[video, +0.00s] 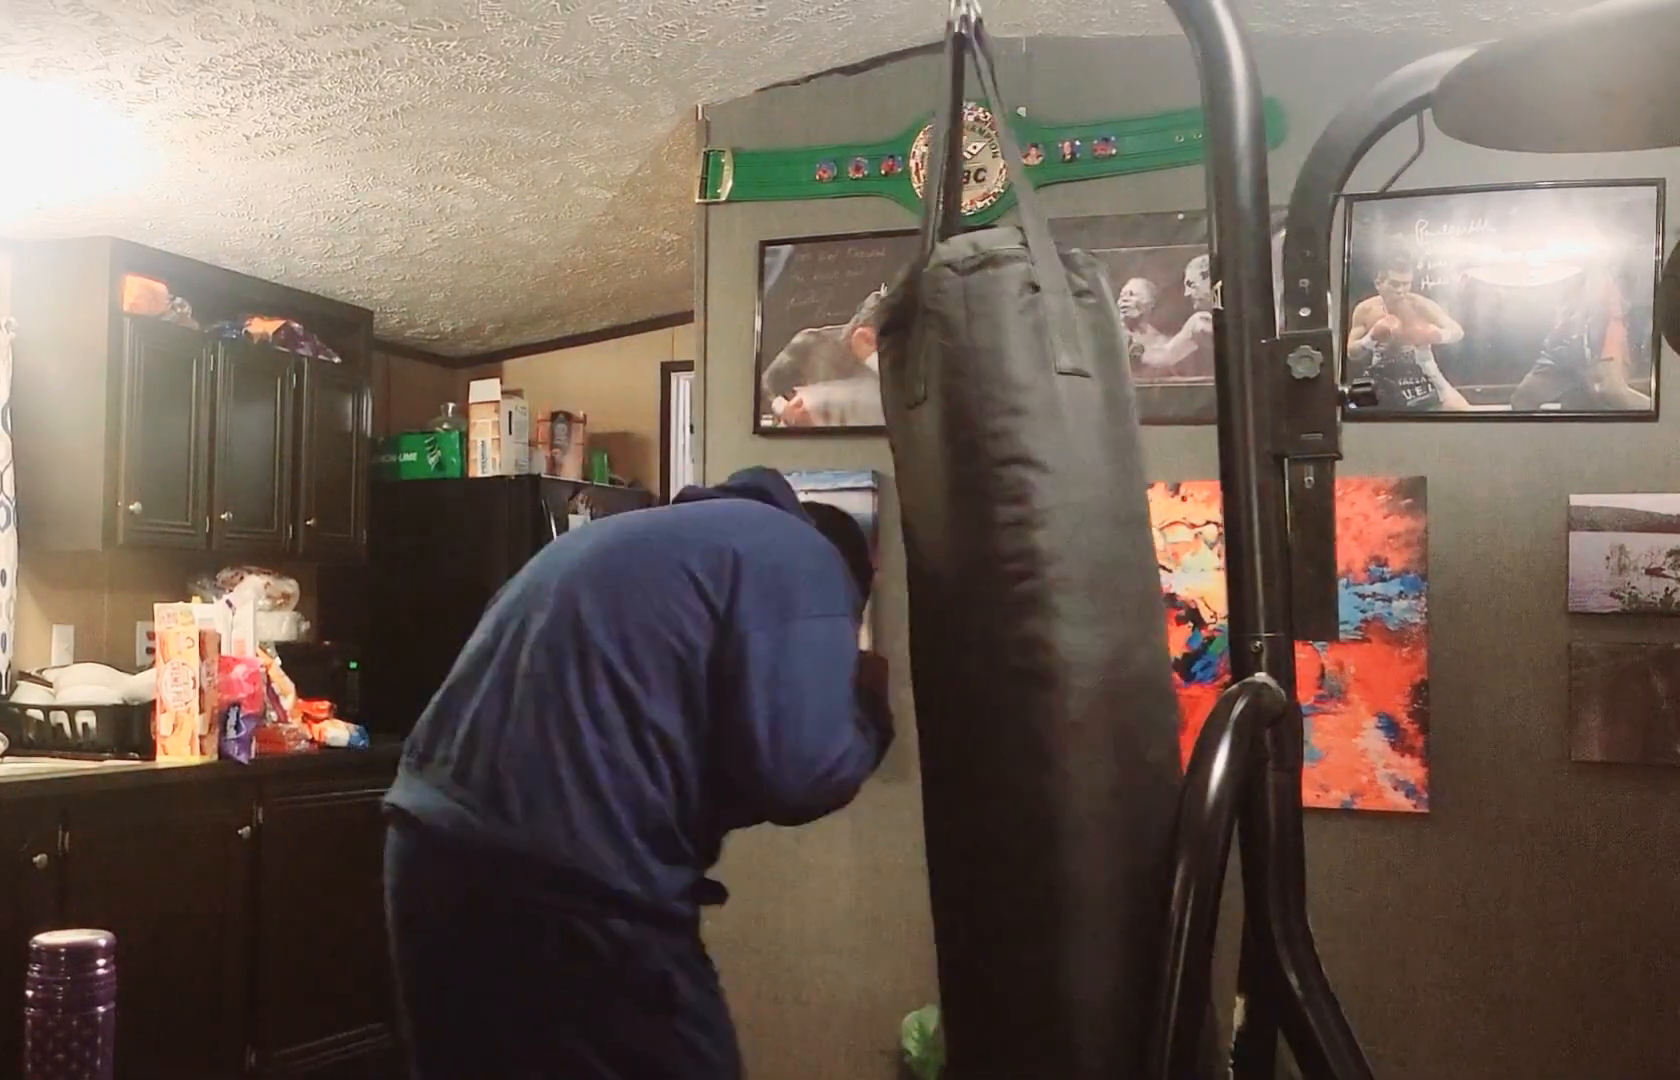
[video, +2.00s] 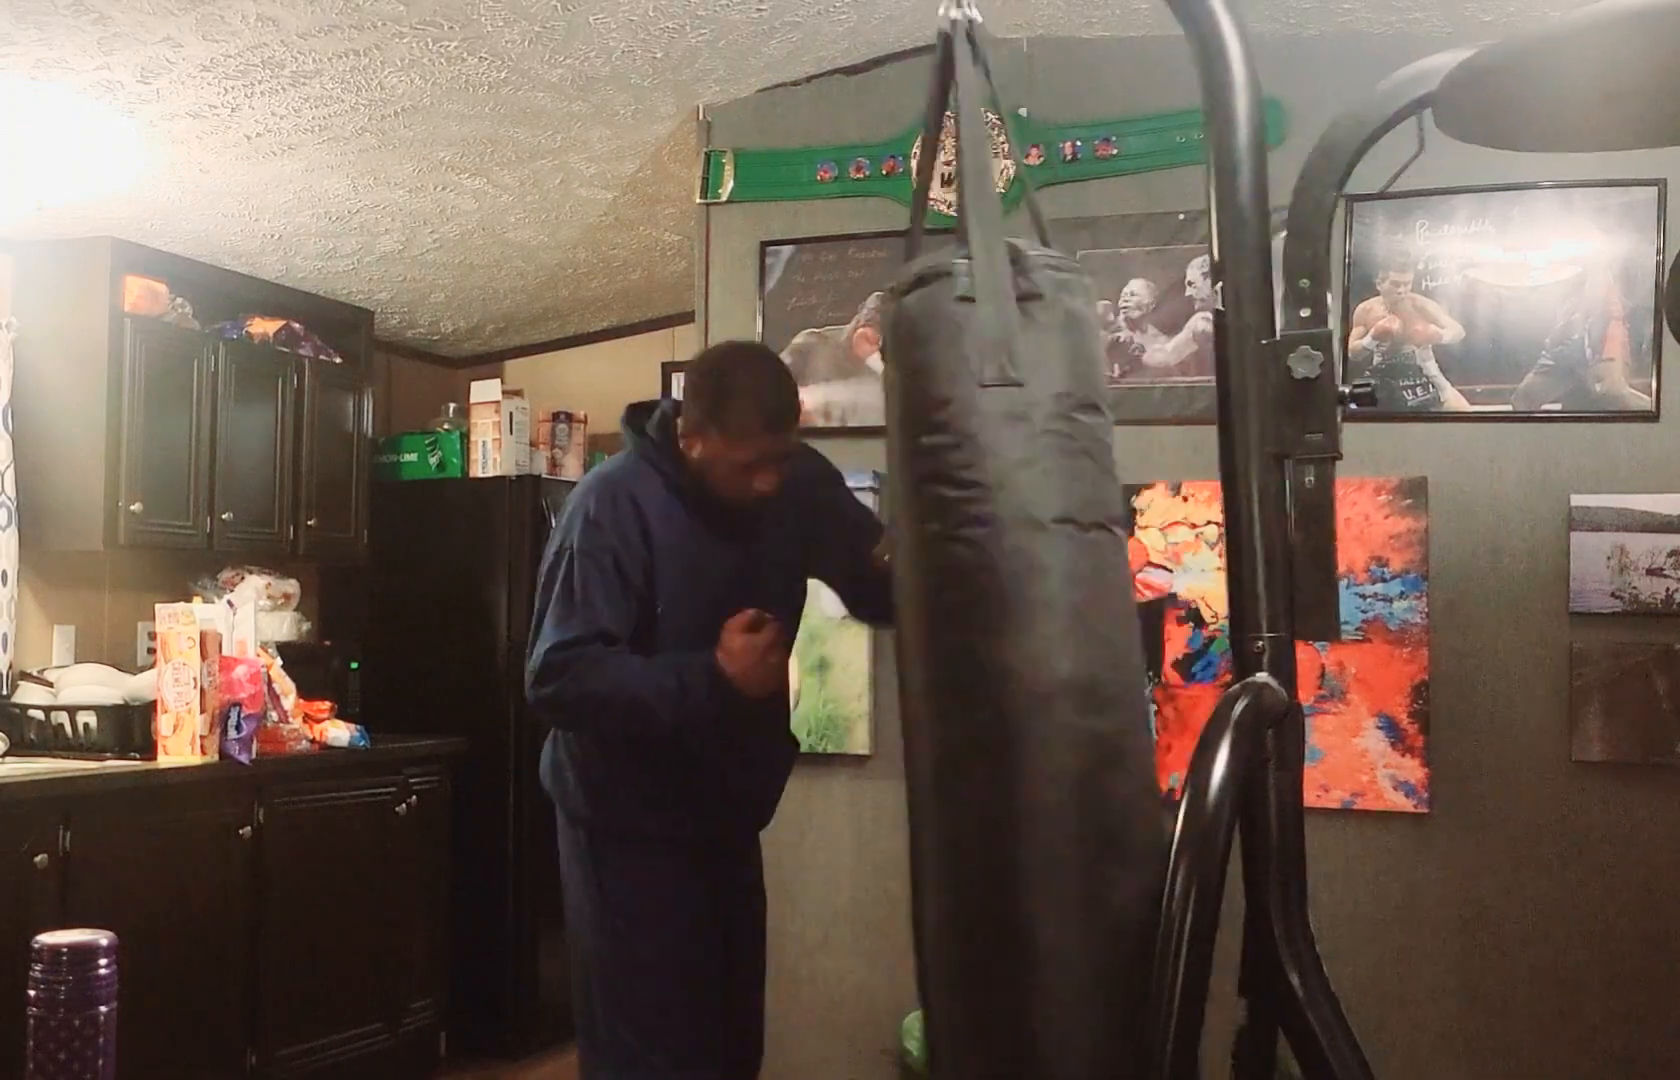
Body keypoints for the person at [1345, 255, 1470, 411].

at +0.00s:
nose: (1401, 290)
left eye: (1406, 284)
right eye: (1395, 284)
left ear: (1411, 283)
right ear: (1379, 283)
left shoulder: (1421, 305)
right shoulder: (1365, 310)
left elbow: (1457, 331)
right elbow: (1351, 353)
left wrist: (1435, 335)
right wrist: (1372, 337)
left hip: (1427, 381)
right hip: (1384, 384)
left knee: (1467, 415)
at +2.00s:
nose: (1402, 290)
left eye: (1406, 285)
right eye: (1396, 284)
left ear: (1412, 283)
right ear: (1379, 284)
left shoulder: (1421, 305)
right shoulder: (1365, 310)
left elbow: (1458, 331)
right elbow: (1352, 353)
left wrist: (1436, 335)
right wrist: (1373, 337)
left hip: (1427, 380)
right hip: (1384, 383)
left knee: (1467, 416)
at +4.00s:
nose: (1401, 291)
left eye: (1406, 285)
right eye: (1395, 285)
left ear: (1411, 284)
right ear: (1378, 284)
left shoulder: (1420, 305)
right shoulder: (1365, 311)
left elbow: (1457, 332)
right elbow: (1351, 354)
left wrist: (1434, 336)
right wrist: (1372, 338)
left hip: (1426, 382)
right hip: (1383, 386)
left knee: (1467, 418)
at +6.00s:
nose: (1401, 292)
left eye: (1405, 286)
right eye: (1394, 285)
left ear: (1411, 284)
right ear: (1378, 285)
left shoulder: (1421, 306)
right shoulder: (1364, 312)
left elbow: (1457, 332)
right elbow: (1352, 355)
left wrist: (1435, 336)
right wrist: (1373, 339)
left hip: (1428, 382)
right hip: (1384, 386)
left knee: (1467, 419)